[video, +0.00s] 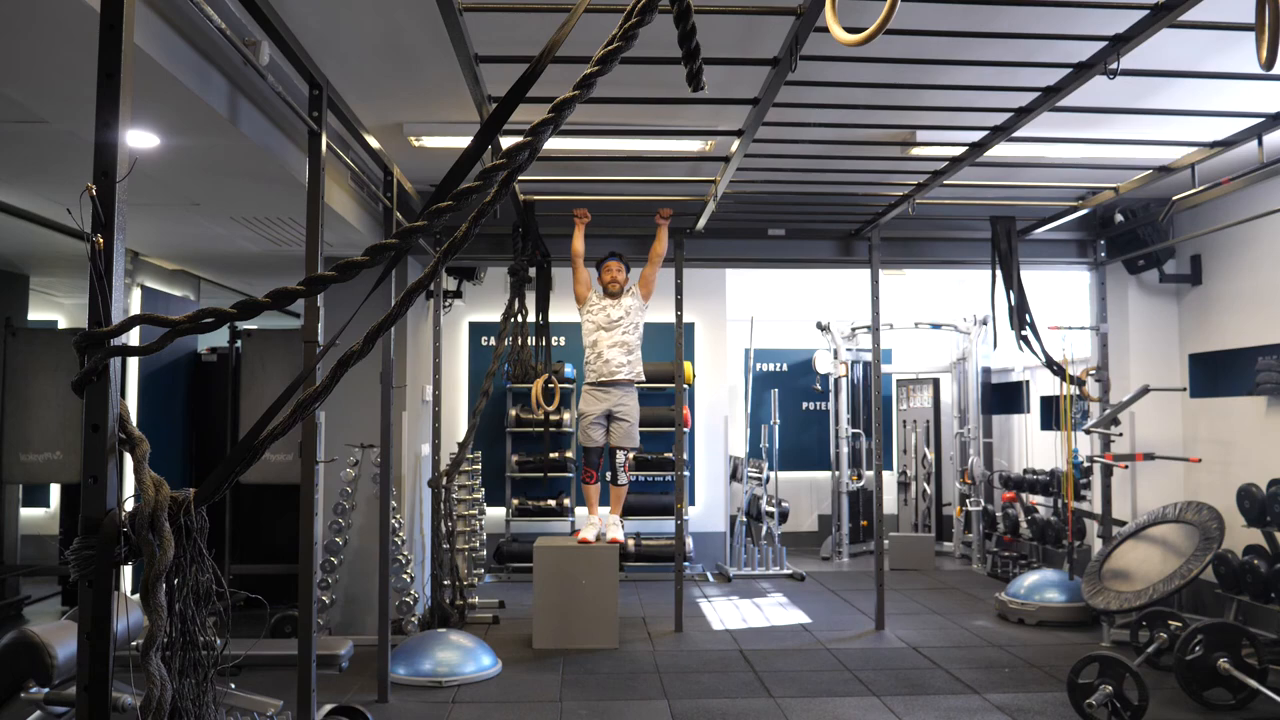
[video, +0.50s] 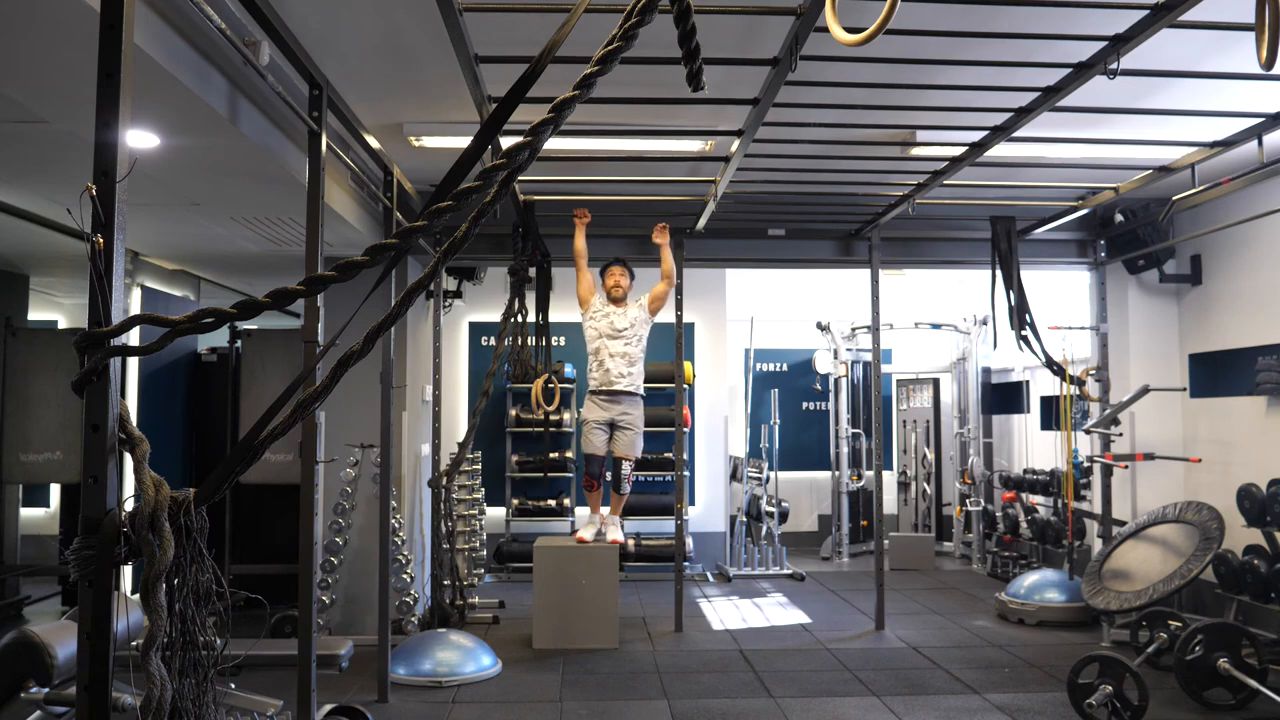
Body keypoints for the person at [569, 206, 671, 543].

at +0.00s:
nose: (613, 274)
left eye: (618, 270)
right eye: (608, 270)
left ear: (626, 276)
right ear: (600, 278)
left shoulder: (637, 299)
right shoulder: (588, 301)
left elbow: (655, 261)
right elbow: (577, 261)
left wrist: (663, 226)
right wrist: (580, 225)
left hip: (626, 390)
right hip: (593, 389)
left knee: (622, 458)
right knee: (591, 457)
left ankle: (614, 520)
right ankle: (593, 519)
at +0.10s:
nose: (613, 274)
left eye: (618, 270)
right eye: (608, 270)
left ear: (626, 276)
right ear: (600, 278)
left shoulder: (638, 299)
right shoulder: (589, 301)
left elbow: (658, 262)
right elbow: (577, 261)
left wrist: (664, 226)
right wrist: (579, 225)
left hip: (627, 390)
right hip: (594, 389)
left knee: (622, 458)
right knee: (591, 457)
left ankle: (614, 520)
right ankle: (593, 519)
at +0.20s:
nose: (614, 274)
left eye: (619, 270)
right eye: (609, 270)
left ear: (627, 277)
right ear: (600, 278)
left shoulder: (640, 302)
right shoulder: (589, 303)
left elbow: (662, 266)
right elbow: (577, 261)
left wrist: (665, 228)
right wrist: (579, 225)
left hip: (628, 392)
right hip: (595, 391)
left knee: (623, 460)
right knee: (592, 459)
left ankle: (614, 520)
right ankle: (593, 519)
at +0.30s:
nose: (614, 276)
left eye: (620, 272)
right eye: (609, 272)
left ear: (629, 279)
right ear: (601, 280)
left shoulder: (641, 305)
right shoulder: (590, 305)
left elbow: (667, 277)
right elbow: (579, 261)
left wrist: (665, 239)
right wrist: (580, 226)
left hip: (629, 395)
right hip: (595, 393)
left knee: (623, 461)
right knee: (592, 460)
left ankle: (615, 520)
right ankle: (594, 519)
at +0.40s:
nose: (616, 278)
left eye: (621, 274)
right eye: (610, 275)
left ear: (630, 283)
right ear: (602, 283)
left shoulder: (643, 309)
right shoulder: (591, 308)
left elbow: (671, 282)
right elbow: (581, 264)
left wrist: (665, 245)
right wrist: (580, 227)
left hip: (630, 399)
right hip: (596, 396)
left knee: (623, 466)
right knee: (592, 464)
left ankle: (614, 520)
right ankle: (593, 519)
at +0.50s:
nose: (616, 278)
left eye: (622, 275)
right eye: (611, 275)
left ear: (631, 284)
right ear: (602, 283)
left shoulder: (643, 310)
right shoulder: (592, 308)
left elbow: (669, 281)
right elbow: (581, 266)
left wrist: (664, 245)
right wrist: (580, 226)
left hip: (631, 401)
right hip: (596, 399)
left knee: (624, 467)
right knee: (593, 467)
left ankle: (614, 521)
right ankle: (595, 519)